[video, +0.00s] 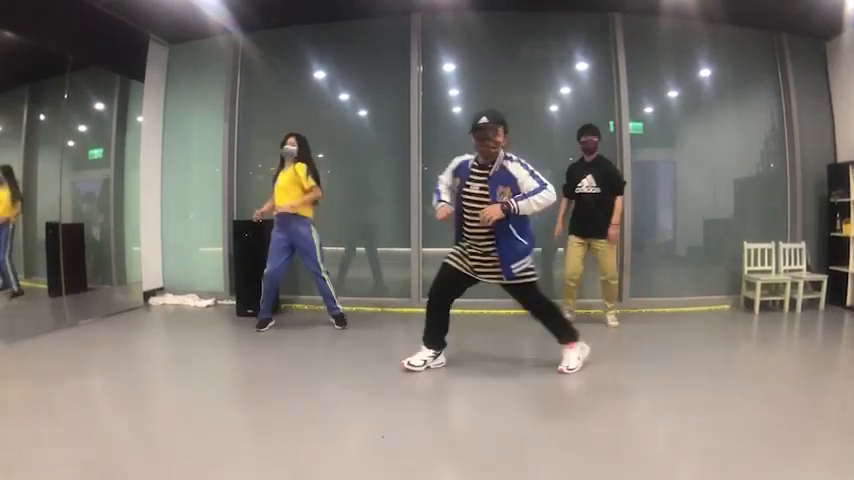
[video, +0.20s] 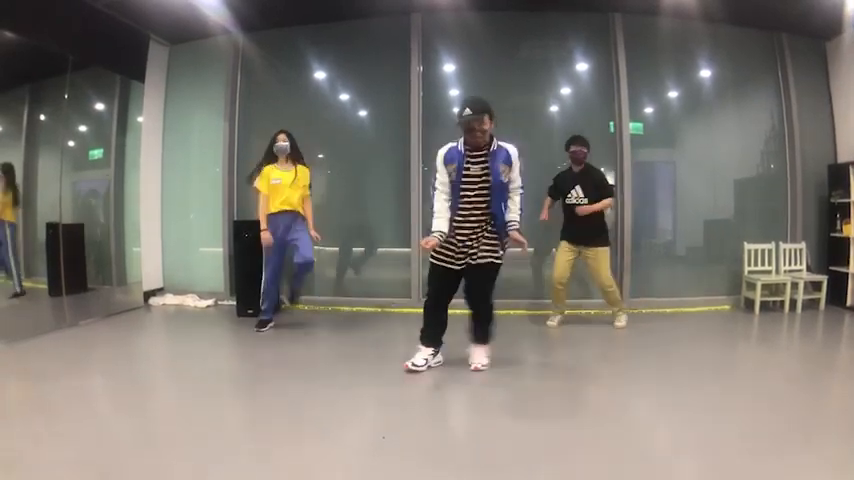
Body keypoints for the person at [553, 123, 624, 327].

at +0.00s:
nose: (589, 143)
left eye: (593, 139)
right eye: (585, 140)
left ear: (598, 140)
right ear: (579, 142)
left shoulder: (608, 167)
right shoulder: (574, 169)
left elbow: (619, 195)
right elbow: (566, 196)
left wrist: (614, 224)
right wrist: (560, 221)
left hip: (603, 232)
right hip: (577, 232)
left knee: (610, 275)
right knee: (571, 274)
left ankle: (610, 310)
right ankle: (568, 311)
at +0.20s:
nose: (579, 151)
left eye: (582, 148)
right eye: (575, 147)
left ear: (588, 152)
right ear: (568, 151)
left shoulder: (595, 174)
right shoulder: (562, 178)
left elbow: (609, 200)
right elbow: (551, 195)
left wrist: (590, 208)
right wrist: (545, 210)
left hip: (595, 240)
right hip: (569, 239)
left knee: (604, 281)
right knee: (558, 279)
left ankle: (619, 311)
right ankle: (557, 312)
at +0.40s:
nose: (591, 147)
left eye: (594, 143)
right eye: (587, 143)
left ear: (598, 145)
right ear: (577, 145)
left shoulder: (602, 171)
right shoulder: (567, 169)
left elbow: (605, 196)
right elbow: (552, 193)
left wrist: (606, 215)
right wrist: (561, 214)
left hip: (598, 233)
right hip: (572, 234)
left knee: (610, 272)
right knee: (566, 276)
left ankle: (608, 310)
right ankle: (554, 311)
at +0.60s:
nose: (617, 154)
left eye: (618, 150)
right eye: (612, 151)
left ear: (618, 152)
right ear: (602, 153)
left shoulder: (608, 175)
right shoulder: (594, 173)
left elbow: (605, 208)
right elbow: (587, 204)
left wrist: (614, 231)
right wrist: (597, 230)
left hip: (607, 240)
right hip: (586, 240)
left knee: (626, 275)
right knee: (570, 279)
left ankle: (620, 313)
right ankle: (544, 309)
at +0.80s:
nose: (623, 155)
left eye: (626, 151)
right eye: (618, 151)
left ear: (629, 153)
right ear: (610, 153)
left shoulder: (627, 178)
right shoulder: (601, 175)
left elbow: (625, 205)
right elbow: (589, 203)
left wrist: (640, 208)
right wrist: (611, 215)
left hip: (620, 238)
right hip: (596, 238)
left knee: (633, 276)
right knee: (581, 278)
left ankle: (622, 314)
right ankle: (560, 312)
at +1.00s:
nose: (611, 152)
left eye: (614, 148)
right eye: (607, 148)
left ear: (620, 149)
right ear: (600, 149)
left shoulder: (629, 173)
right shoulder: (592, 174)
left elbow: (645, 193)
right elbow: (585, 199)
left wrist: (639, 214)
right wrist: (590, 218)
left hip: (621, 237)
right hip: (594, 236)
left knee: (631, 279)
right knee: (582, 277)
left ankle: (635, 312)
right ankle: (577, 311)